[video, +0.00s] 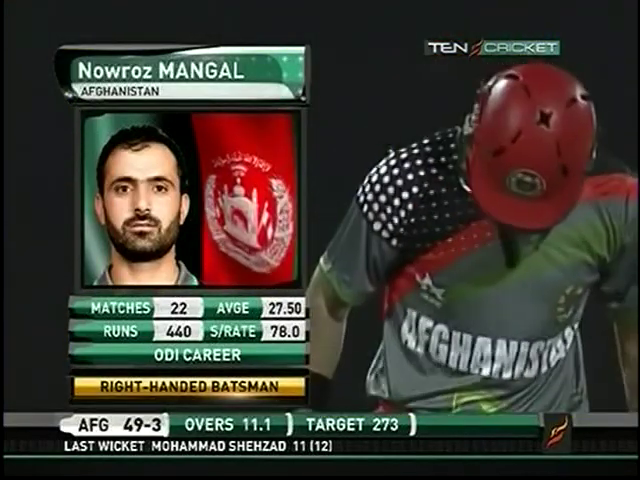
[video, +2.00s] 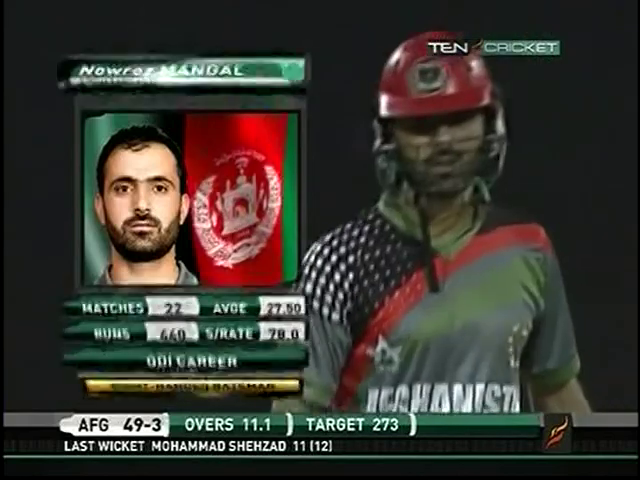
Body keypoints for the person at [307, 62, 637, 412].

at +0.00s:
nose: (518, 221)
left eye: (538, 210)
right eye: (503, 204)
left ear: (582, 166)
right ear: (474, 144)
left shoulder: (617, 202)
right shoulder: (403, 188)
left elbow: (632, 327)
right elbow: (328, 302)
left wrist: (637, 427)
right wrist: (304, 419)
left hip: (546, 436)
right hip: (413, 433)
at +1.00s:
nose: (518, 234)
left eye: (536, 221)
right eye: (505, 215)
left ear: (575, 183)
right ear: (473, 163)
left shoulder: (607, 214)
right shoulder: (398, 189)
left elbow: (634, 338)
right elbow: (312, 291)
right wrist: (278, 412)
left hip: (524, 438)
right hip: (390, 434)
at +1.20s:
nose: (533, 119)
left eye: (548, 101)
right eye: (516, 100)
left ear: (573, 92)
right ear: (473, 82)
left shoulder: (595, 193)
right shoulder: (393, 171)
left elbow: (628, 335)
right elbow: (309, 292)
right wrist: (274, 418)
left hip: (521, 447)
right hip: (387, 440)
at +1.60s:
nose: (492, 101)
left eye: (510, 82)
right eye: (470, 84)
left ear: (536, 98)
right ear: (433, 99)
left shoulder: (563, 237)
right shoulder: (369, 221)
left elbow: (588, 385)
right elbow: (295, 362)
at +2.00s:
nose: (443, 140)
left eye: (460, 120)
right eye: (420, 124)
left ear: (489, 126)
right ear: (388, 135)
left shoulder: (527, 248)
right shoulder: (336, 262)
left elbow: (557, 389)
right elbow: (301, 416)